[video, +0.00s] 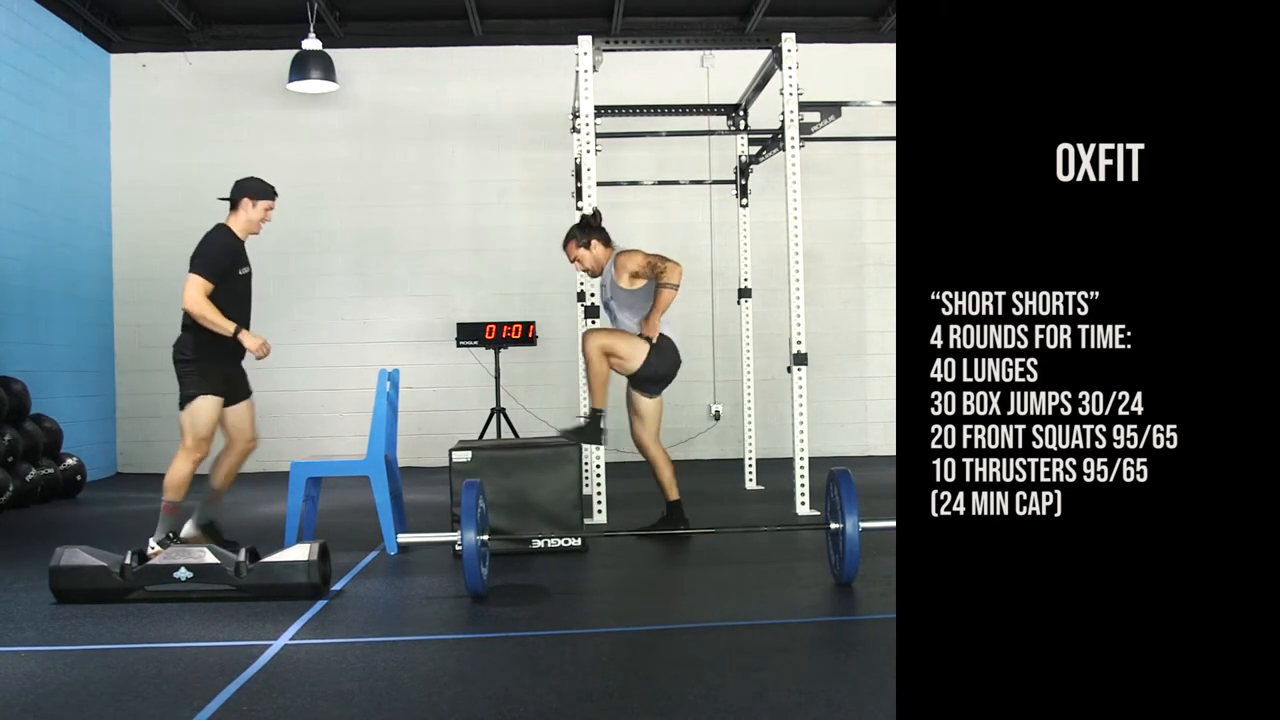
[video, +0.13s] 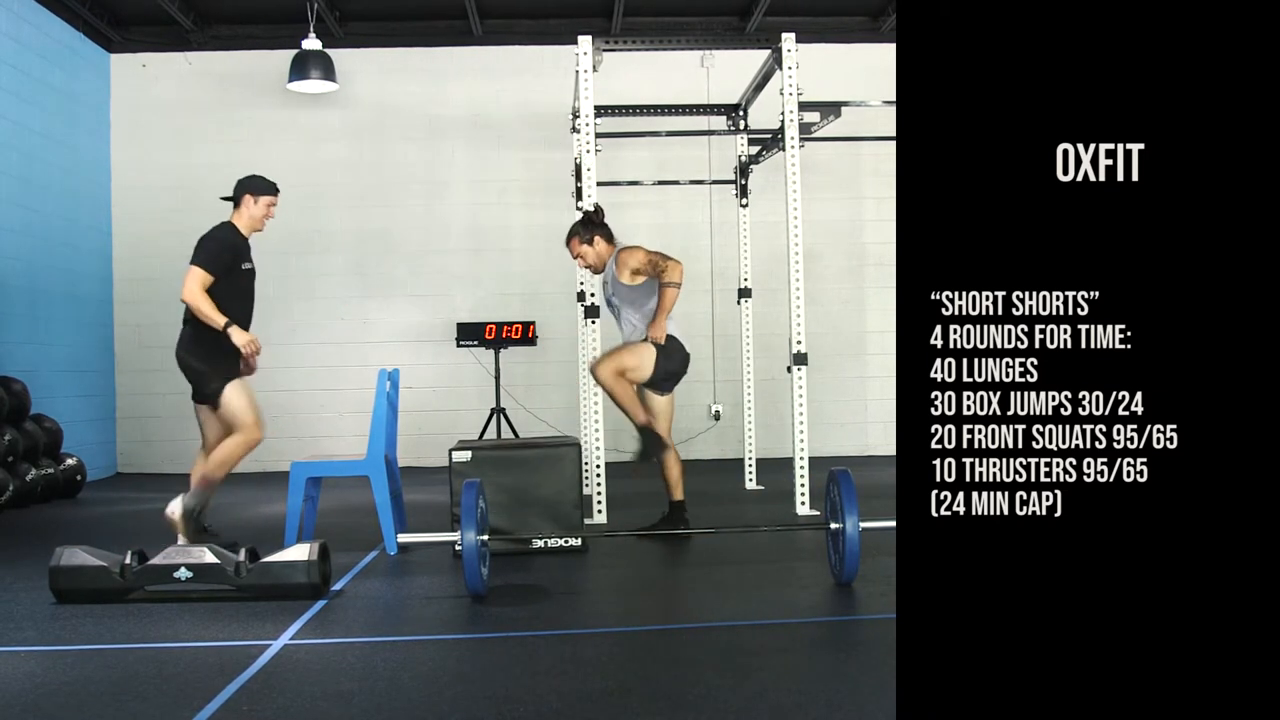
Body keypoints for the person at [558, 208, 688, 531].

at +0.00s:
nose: (578, 268)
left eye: (578, 259)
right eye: (574, 263)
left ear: (595, 245)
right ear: (595, 246)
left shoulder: (625, 260)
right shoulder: (609, 274)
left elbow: (672, 270)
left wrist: (654, 316)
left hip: (657, 357)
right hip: (645, 368)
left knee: (594, 340)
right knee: (646, 440)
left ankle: (595, 423)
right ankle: (676, 516)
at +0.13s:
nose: (581, 264)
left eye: (581, 255)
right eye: (576, 259)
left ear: (598, 241)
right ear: (596, 243)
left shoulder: (627, 258)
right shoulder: (611, 273)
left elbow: (673, 269)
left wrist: (660, 320)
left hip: (664, 351)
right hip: (656, 358)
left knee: (604, 369)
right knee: (660, 440)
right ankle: (677, 514)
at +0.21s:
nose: (578, 268)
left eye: (577, 260)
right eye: (574, 263)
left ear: (595, 246)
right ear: (591, 250)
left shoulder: (624, 262)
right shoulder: (611, 276)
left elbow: (672, 272)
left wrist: (665, 325)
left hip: (667, 353)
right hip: (663, 356)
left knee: (618, 402)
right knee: (660, 441)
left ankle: (674, 459)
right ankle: (677, 515)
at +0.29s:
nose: (570, 278)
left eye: (571, 270)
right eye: (567, 273)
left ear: (587, 258)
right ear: (587, 259)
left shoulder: (616, 272)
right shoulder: (608, 284)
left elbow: (666, 279)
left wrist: (666, 334)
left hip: (671, 359)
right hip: (669, 362)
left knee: (636, 428)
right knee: (654, 436)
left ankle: (689, 492)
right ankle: (676, 510)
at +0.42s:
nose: (565, 301)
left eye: (567, 292)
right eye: (563, 294)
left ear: (587, 284)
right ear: (585, 287)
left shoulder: (610, 303)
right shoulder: (603, 311)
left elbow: (659, 306)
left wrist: (665, 361)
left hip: (679, 381)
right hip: (664, 384)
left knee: (648, 457)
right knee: (633, 446)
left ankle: (703, 516)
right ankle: (674, 514)